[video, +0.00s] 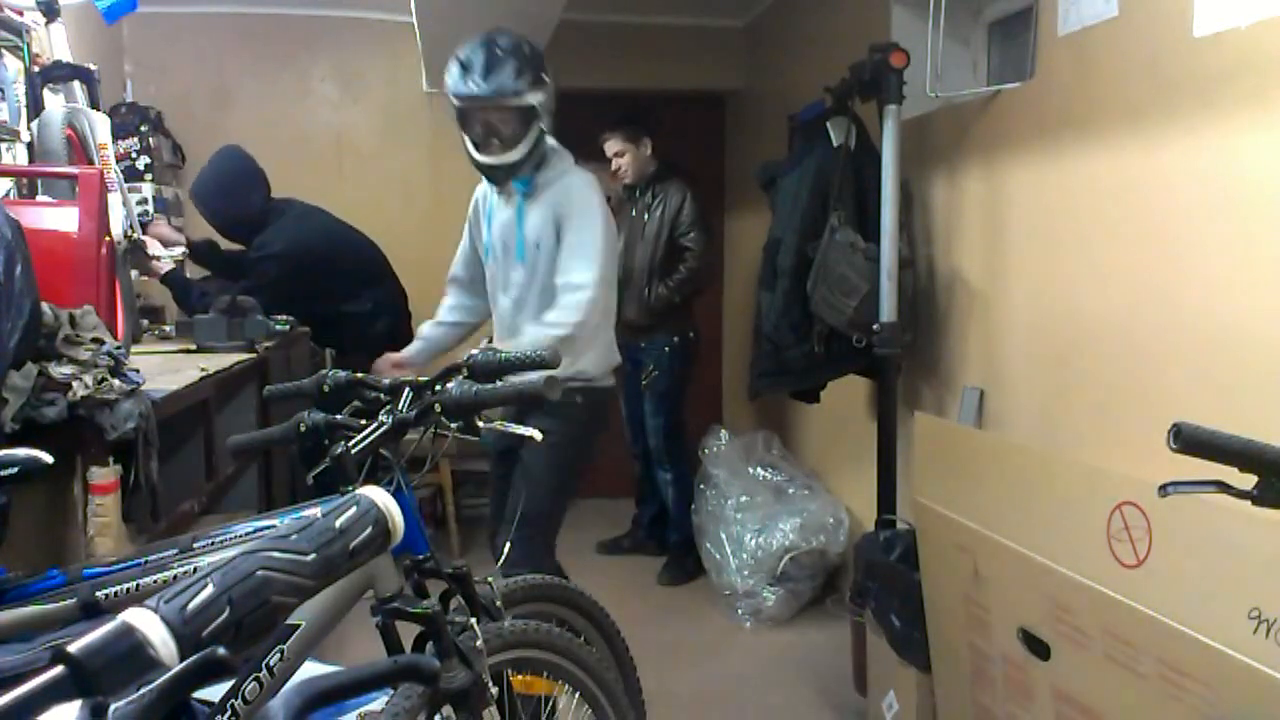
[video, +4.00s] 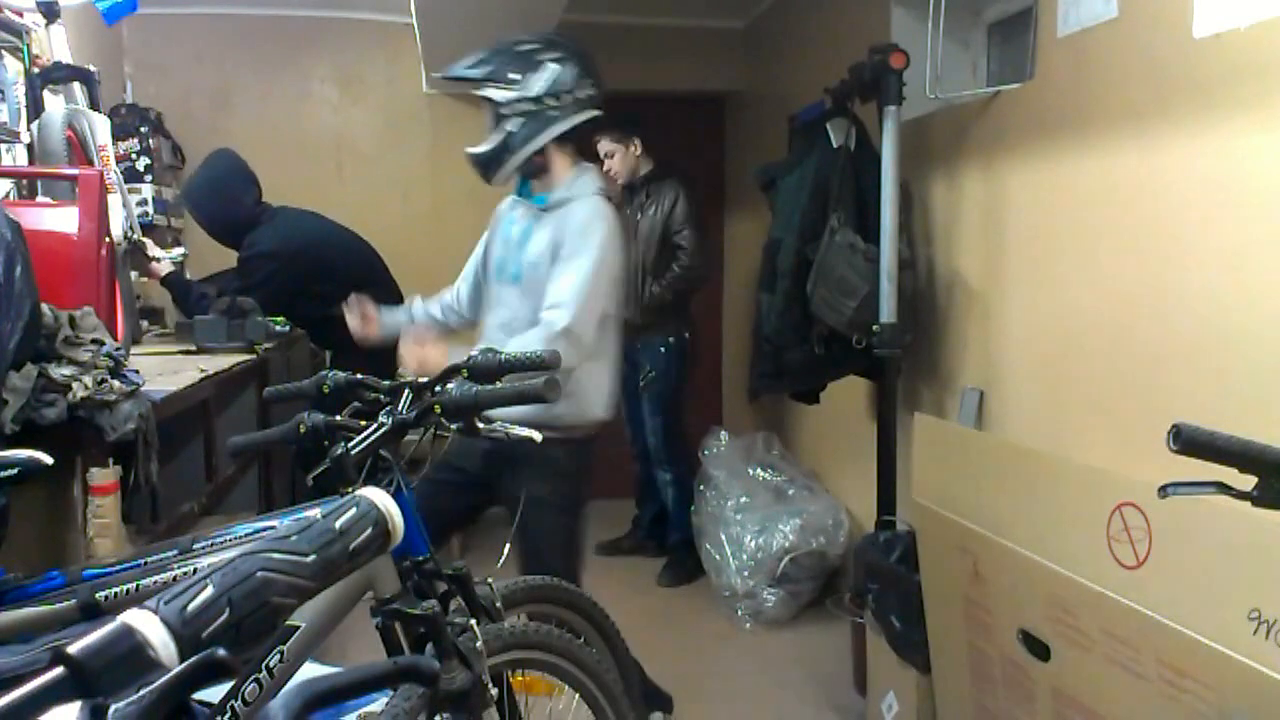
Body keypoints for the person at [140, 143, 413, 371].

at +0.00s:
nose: (213, 222)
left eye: (213, 213)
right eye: (210, 213)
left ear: (229, 210)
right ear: (252, 191)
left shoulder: (278, 252)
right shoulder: (284, 215)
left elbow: (222, 311)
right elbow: (244, 268)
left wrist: (169, 274)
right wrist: (186, 244)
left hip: (369, 351)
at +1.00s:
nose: (217, 226)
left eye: (216, 217)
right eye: (213, 218)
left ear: (229, 214)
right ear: (257, 191)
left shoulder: (275, 253)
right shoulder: (296, 216)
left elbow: (220, 315)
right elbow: (268, 264)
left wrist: (164, 273)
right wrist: (227, 278)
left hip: (372, 350)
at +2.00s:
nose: (210, 222)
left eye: (209, 214)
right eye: (207, 214)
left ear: (226, 211)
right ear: (251, 192)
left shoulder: (272, 252)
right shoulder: (284, 216)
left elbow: (226, 312)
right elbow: (246, 272)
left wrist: (171, 274)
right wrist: (186, 254)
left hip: (371, 348)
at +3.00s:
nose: (202, 229)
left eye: (201, 220)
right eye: (198, 221)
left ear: (215, 218)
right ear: (244, 194)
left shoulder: (267, 251)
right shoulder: (280, 216)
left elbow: (226, 311)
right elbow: (244, 280)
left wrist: (166, 275)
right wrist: (191, 262)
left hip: (369, 349)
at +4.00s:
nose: (205, 226)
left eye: (204, 217)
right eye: (201, 218)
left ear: (219, 213)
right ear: (245, 194)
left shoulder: (268, 251)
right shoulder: (280, 223)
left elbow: (220, 314)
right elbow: (242, 282)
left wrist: (165, 275)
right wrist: (182, 285)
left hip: (367, 356)